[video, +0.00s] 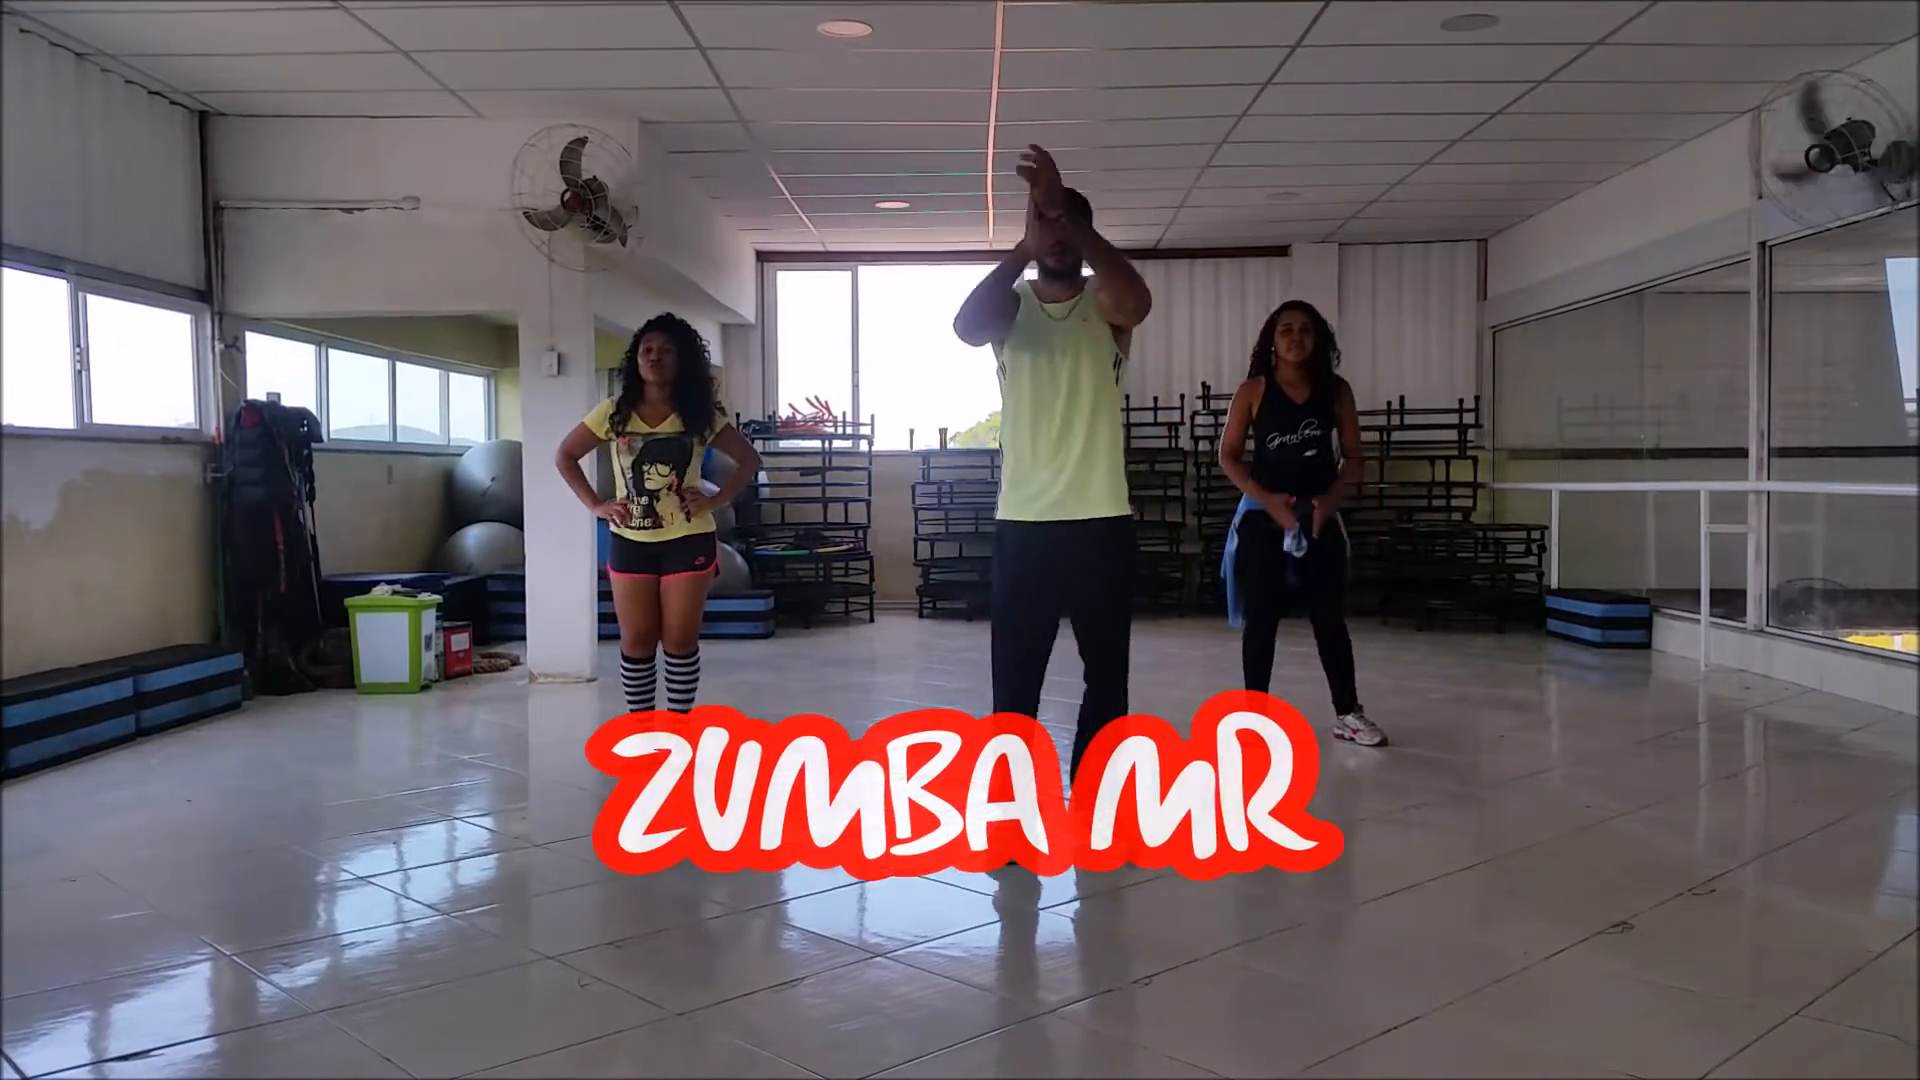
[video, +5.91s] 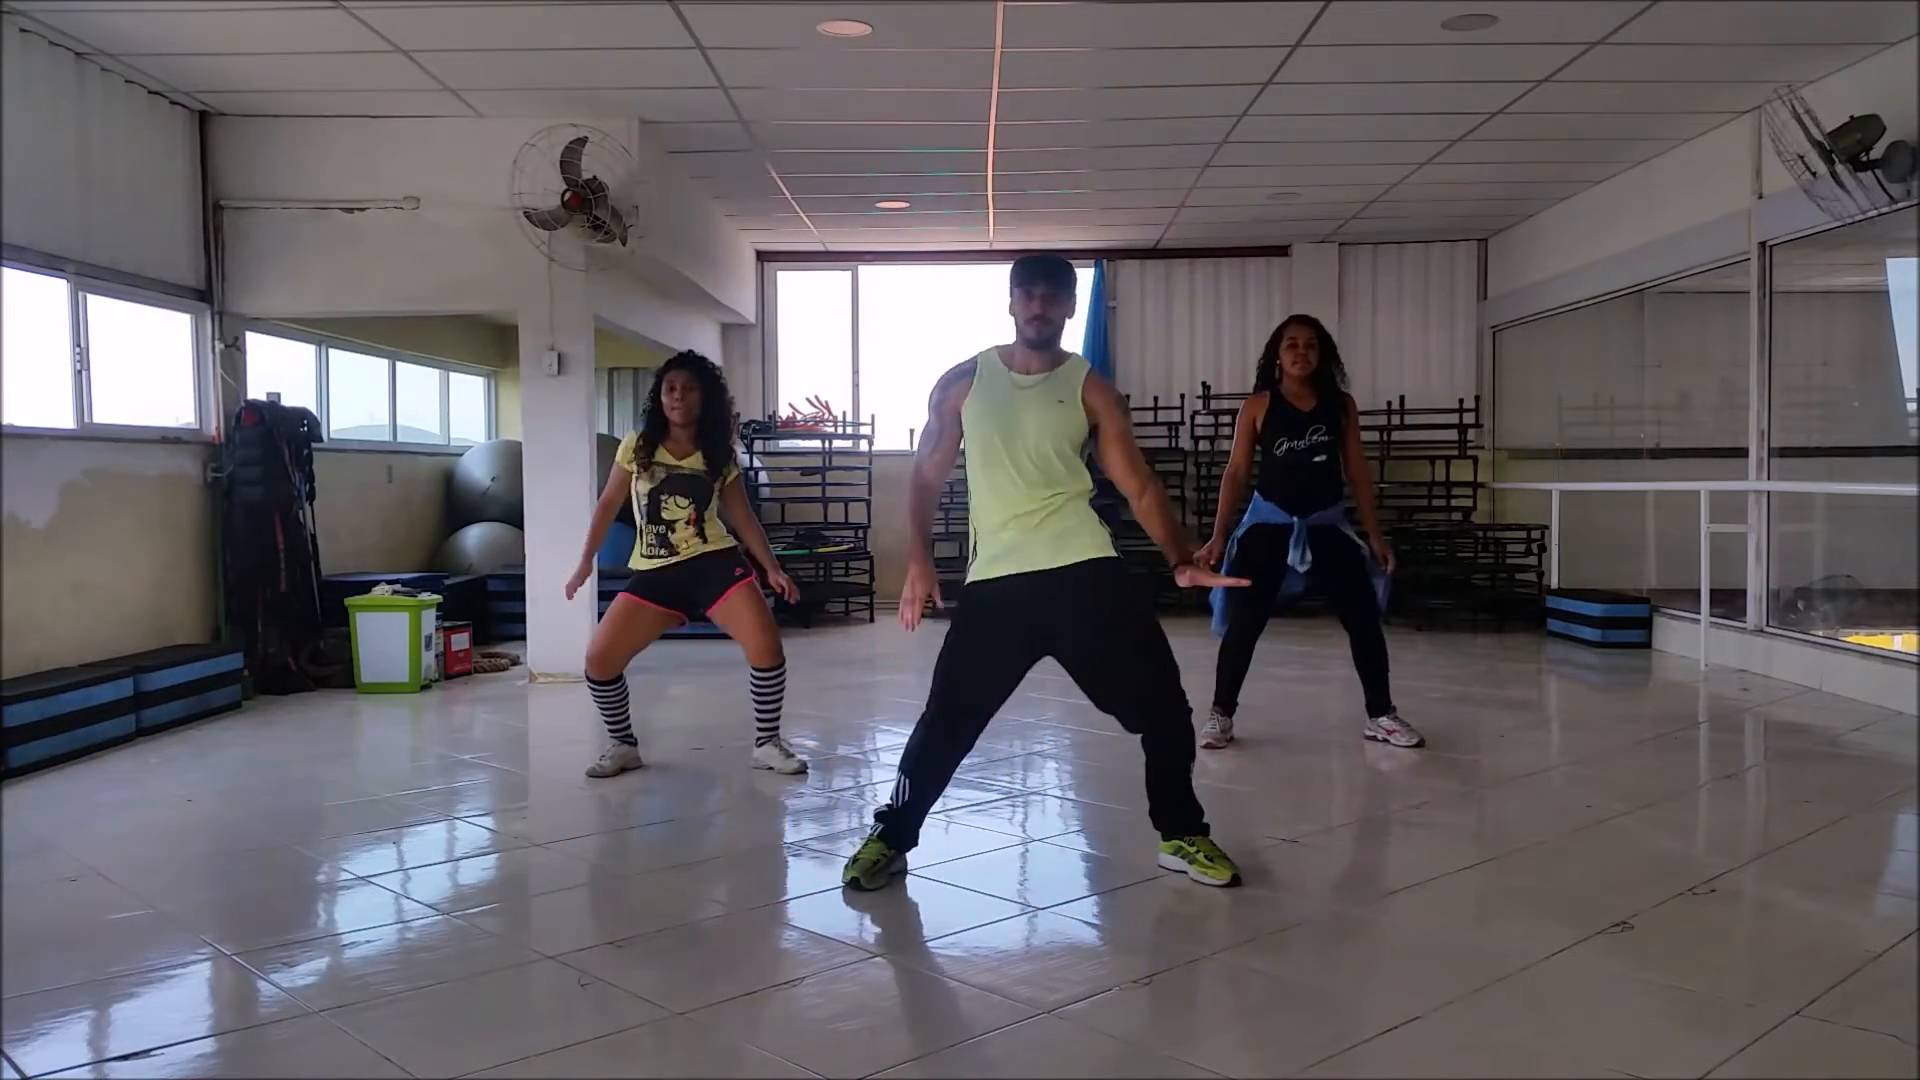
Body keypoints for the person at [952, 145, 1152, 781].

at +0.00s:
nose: (1059, 233)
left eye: (1069, 222)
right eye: (1047, 221)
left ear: (1086, 238)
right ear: (1030, 237)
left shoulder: (1105, 305)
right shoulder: (1011, 305)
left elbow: (1135, 301)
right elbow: (967, 327)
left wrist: (1077, 222)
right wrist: (1022, 248)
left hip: (1103, 523)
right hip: (1026, 524)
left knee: (1107, 685)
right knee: (1015, 688)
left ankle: (1093, 811)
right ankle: (1009, 814)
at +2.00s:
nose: (1067, 253)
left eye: (1068, 244)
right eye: (1056, 239)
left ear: (1062, 246)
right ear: (1016, 239)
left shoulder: (1075, 299)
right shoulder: (971, 304)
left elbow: (1143, 284)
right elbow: (920, 310)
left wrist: (1088, 202)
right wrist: (988, 229)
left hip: (1079, 526)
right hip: (994, 529)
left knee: (1104, 693)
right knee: (983, 701)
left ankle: (1093, 812)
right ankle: (981, 828)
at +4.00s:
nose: (1032, 219)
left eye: (1045, 212)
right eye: (1019, 211)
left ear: (1064, 231)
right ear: (1002, 228)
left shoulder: (1089, 296)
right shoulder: (977, 300)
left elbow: (1155, 339)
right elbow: (931, 348)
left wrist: (1129, 258)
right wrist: (961, 248)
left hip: (1087, 517)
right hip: (1002, 522)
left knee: (1129, 647)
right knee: (999, 682)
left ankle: (1108, 785)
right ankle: (1000, 817)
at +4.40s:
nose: (1066, 228)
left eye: (1079, 216)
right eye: (1053, 217)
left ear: (1098, 226)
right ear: (1035, 229)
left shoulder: (1129, 300)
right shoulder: (1004, 309)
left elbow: (1211, 350)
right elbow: (922, 378)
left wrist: (1179, 300)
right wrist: (937, 315)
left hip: (1109, 525)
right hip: (1021, 523)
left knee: (1127, 680)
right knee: (977, 663)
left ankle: (1118, 825)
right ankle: (973, 801)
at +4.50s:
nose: (1060, 233)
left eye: (1073, 221)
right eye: (1047, 221)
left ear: (1094, 227)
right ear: (1030, 229)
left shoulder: (1133, 306)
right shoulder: (1000, 312)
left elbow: (1231, 366)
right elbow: (923, 378)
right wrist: (913, 410)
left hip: (1108, 529)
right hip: (1018, 527)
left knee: (1124, 686)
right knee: (975, 669)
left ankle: (1119, 823)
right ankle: (951, 808)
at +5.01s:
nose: (1013, 242)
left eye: (1026, 230)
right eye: (1001, 229)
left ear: (1047, 239)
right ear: (985, 237)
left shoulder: (1085, 322)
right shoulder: (946, 329)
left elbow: (1136, 406)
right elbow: (907, 419)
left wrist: (1119, 465)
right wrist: (897, 498)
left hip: (1070, 540)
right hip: (976, 542)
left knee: (1125, 685)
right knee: (937, 695)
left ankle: (1133, 817)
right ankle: (915, 829)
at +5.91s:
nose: (1039, 309)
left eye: (1052, 297)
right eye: (1027, 296)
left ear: (1071, 306)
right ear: (1010, 302)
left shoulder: (1091, 389)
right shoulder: (961, 387)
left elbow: (1138, 485)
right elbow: (925, 478)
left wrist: (1180, 556)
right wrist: (919, 560)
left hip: (1091, 577)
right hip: (998, 586)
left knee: (1165, 711)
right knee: (946, 720)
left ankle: (1181, 831)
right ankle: (892, 836)